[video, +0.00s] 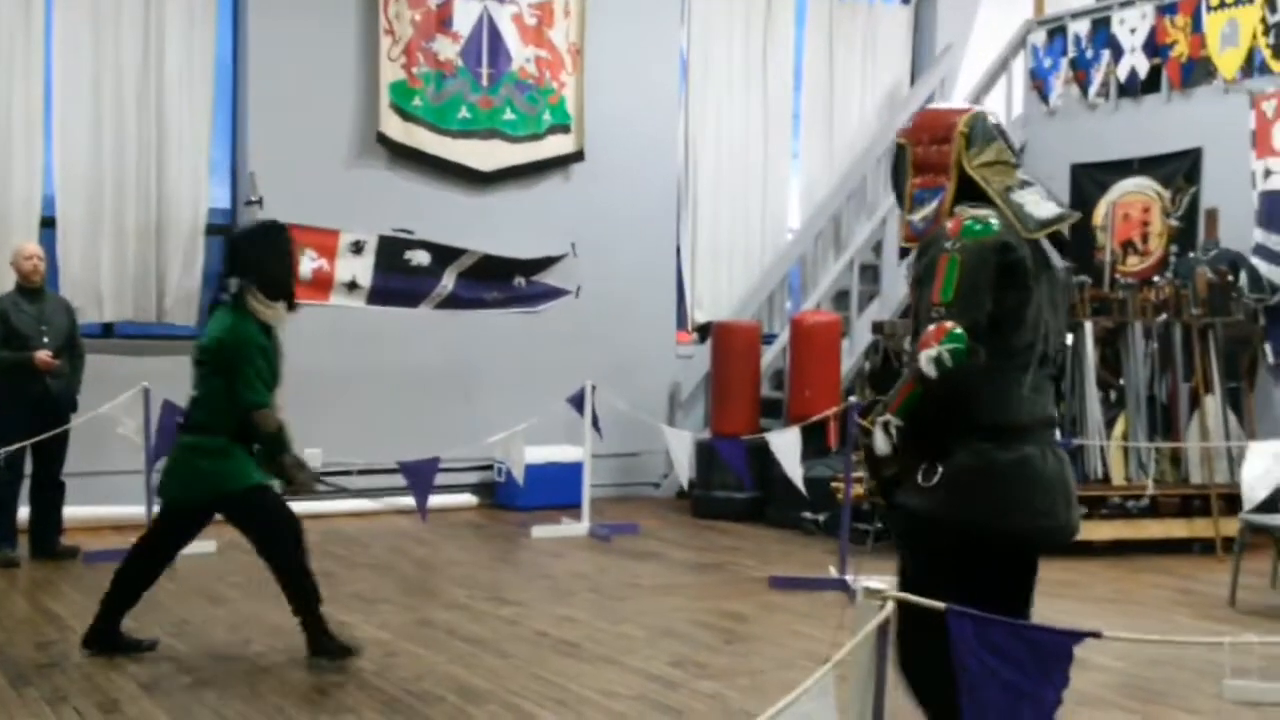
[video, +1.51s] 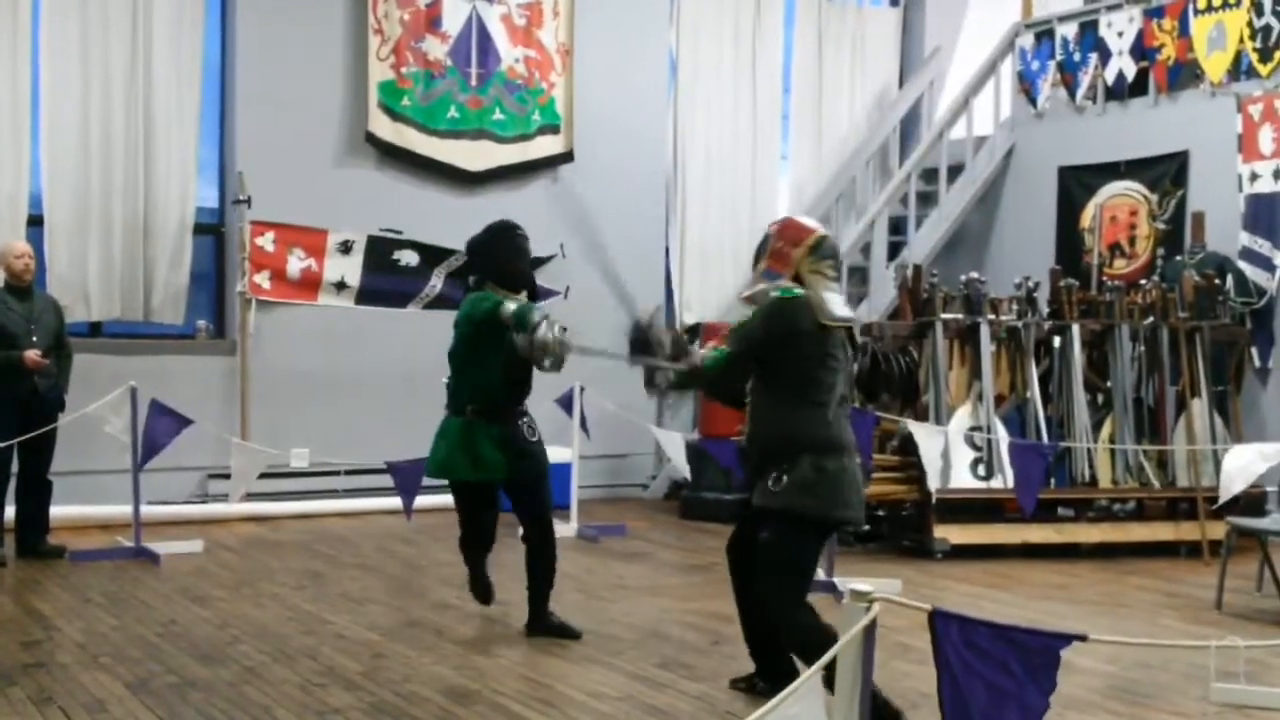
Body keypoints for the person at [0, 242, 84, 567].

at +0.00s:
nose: (35, 264)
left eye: (40, 258)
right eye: (28, 258)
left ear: (46, 265)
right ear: (14, 266)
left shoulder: (61, 307)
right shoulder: (6, 306)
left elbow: (75, 352)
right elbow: (2, 354)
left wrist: (70, 389)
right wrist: (29, 359)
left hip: (53, 404)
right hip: (13, 405)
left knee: (49, 478)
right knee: (10, 477)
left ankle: (46, 542)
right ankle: (6, 544)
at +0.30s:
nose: (31, 262)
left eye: (35, 256)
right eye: (24, 256)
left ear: (42, 263)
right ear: (11, 264)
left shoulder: (57, 304)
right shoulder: (4, 304)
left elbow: (72, 351)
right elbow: (1, 352)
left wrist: (66, 390)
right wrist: (24, 356)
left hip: (49, 403)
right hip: (9, 403)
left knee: (45, 477)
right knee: (6, 476)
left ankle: (41, 542)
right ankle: (4, 544)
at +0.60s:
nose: (32, 263)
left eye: (36, 257)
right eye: (24, 257)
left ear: (42, 264)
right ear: (10, 265)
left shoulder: (57, 306)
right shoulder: (4, 305)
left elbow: (72, 352)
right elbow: (1, 352)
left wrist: (65, 391)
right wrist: (24, 357)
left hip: (48, 404)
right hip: (9, 404)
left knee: (44, 478)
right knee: (5, 477)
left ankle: (40, 542)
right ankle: (3, 545)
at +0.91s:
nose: (28, 262)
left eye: (31, 256)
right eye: (21, 256)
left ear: (37, 263)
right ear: (6, 264)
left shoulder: (50, 304)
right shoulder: (2, 303)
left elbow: (65, 351)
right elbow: (0, 351)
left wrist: (59, 391)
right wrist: (19, 356)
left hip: (42, 402)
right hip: (5, 402)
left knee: (37, 476)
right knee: (2, 475)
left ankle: (33, 541)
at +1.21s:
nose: (28, 262)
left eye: (31, 256)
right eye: (20, 256)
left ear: (37, 263)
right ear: (5, 265)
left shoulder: (49, 304)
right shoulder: (1, 303)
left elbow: (64, 350)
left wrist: (59, 389)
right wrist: (19, 357)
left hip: (42, 402)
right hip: (5, 402)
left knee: (37, 475)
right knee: (2, 474)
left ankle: (33, 541)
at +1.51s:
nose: (27, 262)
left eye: (30, 256)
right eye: (19, 257)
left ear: (36, 263)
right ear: (5, 265)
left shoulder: (49, 305)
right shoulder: (2, 303)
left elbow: (63, 350)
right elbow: (0, 353)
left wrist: (59, 390)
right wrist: (19, 357)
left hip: (41, 402)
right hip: (5, 402)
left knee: (36, 475)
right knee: (2, 475)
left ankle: (32, 541)